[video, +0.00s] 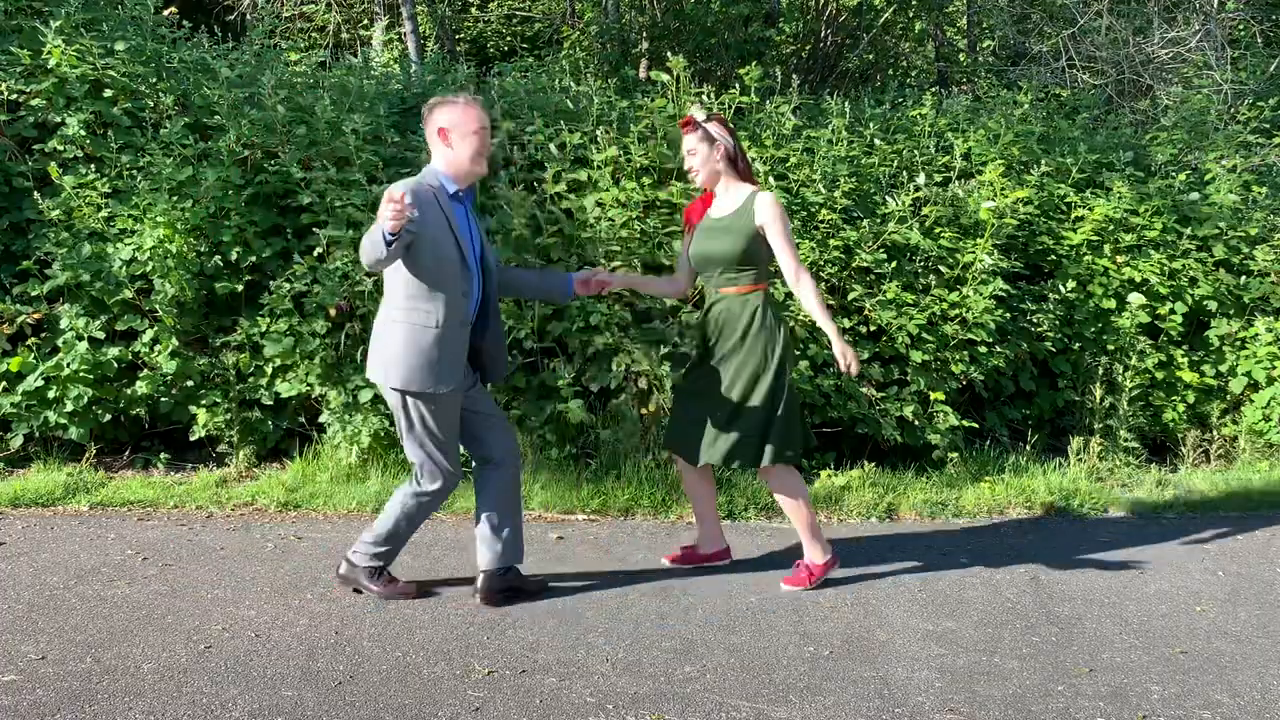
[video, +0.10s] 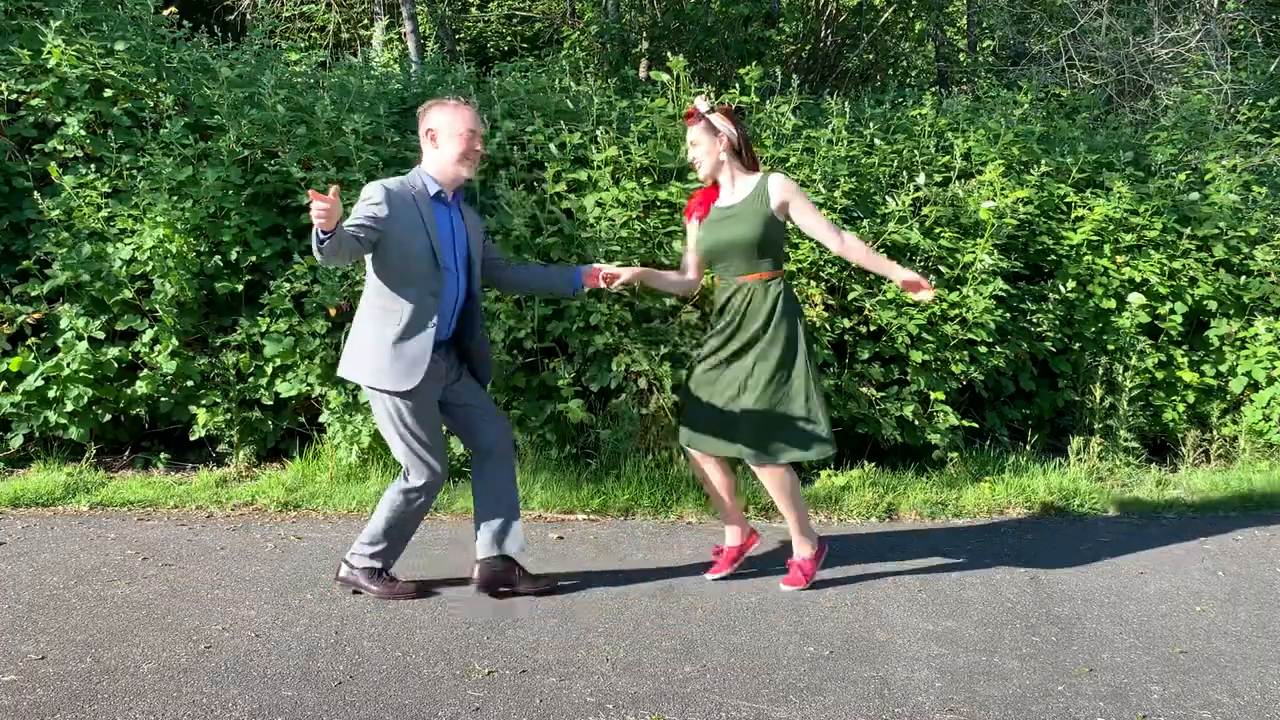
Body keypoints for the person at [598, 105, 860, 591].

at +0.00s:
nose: (687, 165)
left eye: (693, 154)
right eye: (684, 157)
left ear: (721, 150)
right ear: (695, 159)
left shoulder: (761, 202)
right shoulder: (698, 213)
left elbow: (797, 275)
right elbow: (679, 285)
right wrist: (619, 279)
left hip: (756, 332)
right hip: (714, 335)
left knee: (767, 452)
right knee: (686, 439)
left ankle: (817, 551)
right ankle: (711, 542)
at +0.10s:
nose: (689, 154)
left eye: (695, 143)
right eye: (688, 145)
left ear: (724, 140)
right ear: (707, 145)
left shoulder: (774, 187)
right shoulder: (700, 207)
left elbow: (837, 239)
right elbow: (687, 280)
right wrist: (638, 273)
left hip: (769, 315)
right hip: (726, 320)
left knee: (757, 440)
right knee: (698, 433)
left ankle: (805, 545)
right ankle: (737, 529)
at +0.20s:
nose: (691, 156)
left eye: (697, 144)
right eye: (689, 146)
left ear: (727, 141)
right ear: (711, 148)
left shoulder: (781, 185)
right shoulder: (701, 209)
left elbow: (859, 200)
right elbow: (690, 282)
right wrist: (639, 274)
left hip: (778, 319)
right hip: (729, 326)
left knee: (757, 444)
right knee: (724, 448)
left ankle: (763, 552)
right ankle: (747, 545)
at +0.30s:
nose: (696, 163)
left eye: (701, 151)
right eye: (693, 154)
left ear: (732, 144)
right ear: (713, 153)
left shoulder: (785, 188)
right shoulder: (706, 217)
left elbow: (870, 176)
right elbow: (691, 293)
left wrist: (933, 135)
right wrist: (637, 284)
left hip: (783, 330)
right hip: (729, 335)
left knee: (758, 452)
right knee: (734, 456)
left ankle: (713, 572)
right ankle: (757, 548)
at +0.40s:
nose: (696, 169)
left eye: (702, 156)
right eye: (694, 160)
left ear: (733, 149)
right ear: (715, 160)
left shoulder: (785, 191)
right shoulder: (708, 223)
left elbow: (862, 157)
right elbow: (689, 296)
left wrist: (901, 92)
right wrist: (628, 286)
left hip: (782, 333)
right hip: (726, 337)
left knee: (746, 454)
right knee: (730, 454)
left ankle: (702, 584)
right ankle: (757, 547)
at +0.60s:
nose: (696, 161)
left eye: (703, 149)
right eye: (690, 154)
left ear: (732, 144)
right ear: (697, 161)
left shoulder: (767, 185)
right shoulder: (707, 224)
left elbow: (817, 123)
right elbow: (672, 292)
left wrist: (827, 37)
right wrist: (608, 269)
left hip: (776, 323)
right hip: (731, 332)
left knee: (732, 451)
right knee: (691, 452)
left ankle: (711, 589)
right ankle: (749, 539)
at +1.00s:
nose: (646, 155)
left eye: (652, 142)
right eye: (645, 145)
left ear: (685, 138)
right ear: (672, 144)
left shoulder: (718, 184)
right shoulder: (671, 218)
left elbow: (745, 137)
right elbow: (636, 292)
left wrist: (730, 53)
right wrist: (568, 275)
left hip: (716, 317)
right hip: (687, 324)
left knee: (640, 443)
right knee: (651, 446)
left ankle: (696, 572)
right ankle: (694, 574)